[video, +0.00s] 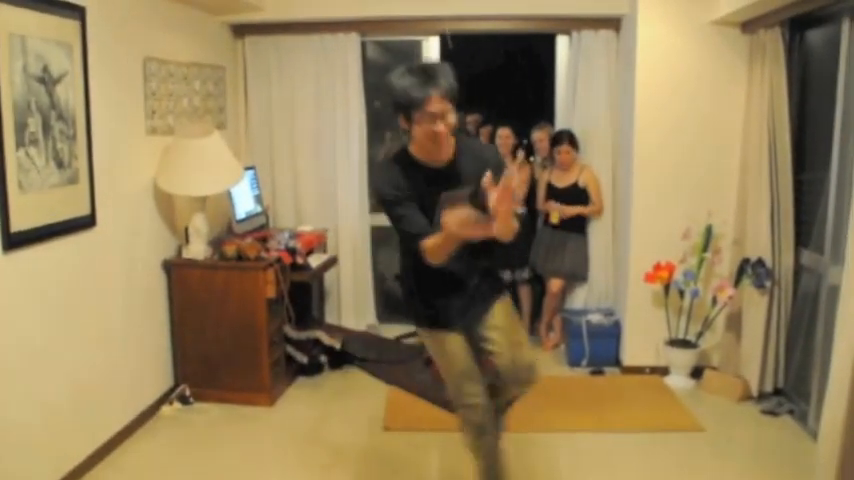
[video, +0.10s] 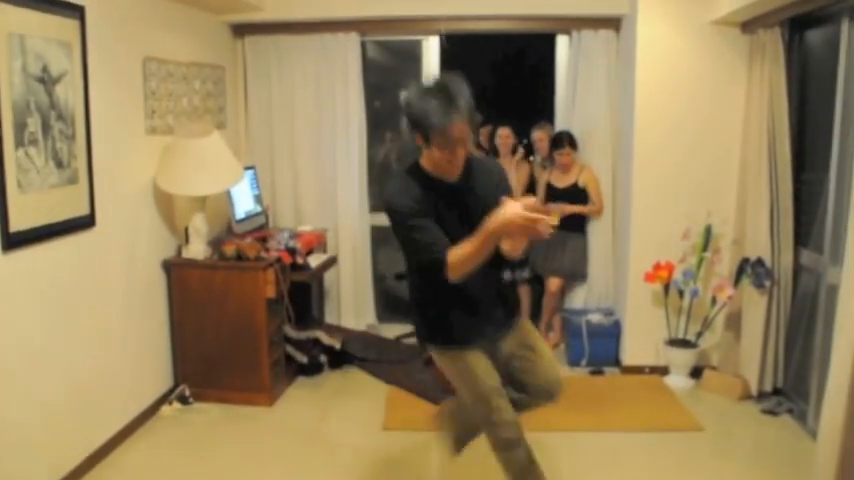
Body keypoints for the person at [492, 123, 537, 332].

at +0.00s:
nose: (504, 142)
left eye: (508, 137)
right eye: (501, 138)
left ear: (515, 141)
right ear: (494, 141)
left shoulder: (523, 167)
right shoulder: (491, 167)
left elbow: (520, 194)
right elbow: (485, 195)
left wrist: (511, 167)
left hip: (519, 216)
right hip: (496, 217)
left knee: (521, 275)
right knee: (501, 274)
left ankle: (526, 324)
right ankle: (502, 323)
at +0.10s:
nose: (505, 142)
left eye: (508, 137)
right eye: (501, 137)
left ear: (515, 140)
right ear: (494, 141)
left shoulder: (524, 166)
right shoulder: (489, 167)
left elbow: (518, 191)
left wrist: (510, 165)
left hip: (519, 228)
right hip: (497, 229)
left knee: (521, 277)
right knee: (500, 278)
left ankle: (525, 319)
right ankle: (501, 317)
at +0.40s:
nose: (504, 142)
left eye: (508, 137)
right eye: (500, 137)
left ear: (515, 141)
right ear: (495, 141)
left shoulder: (522, 167)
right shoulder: (491, 167)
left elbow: (522, 193)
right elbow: (487, 194)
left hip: (516, 222)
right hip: (493, 222)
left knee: (517, 275)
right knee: (496, 274)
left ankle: (523, 321)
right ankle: (499, 317)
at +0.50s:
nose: (505, 140)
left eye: (509, 135)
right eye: (501, 135)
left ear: (516, 139)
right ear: (494, 139)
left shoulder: (522, 164)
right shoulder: (491, 164)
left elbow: (519, 190)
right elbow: (485, 190)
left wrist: (513, 160)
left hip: (517, 218)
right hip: (494, 218)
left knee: (519, 276)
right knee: (497, 275)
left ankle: (523, 322)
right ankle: (498, 318)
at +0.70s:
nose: (504, 139)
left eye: (508, 135)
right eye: (500, 135)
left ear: (515, 139)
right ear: (495, 139)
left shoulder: (522, 164)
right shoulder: (488, 163)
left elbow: (516, 192)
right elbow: (483, 193)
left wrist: (499, 177)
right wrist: (494, 180)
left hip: (515, 219)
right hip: (493, 220)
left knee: (517, 274)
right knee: (496, 275)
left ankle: (522, 321)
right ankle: (498, 318)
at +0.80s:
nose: (504, 141)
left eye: (508, 137)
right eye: (500, 137)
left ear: (515, 140)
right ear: (495, 140)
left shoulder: (522, 165)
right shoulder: (488, 164)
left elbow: (520, 196)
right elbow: (483, 193)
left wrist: (504, 184)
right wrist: (498, 186)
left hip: (514, 218)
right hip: (492, 219)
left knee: (514, 273)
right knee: (494, 273)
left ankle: (522, 321)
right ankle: (498, 317)